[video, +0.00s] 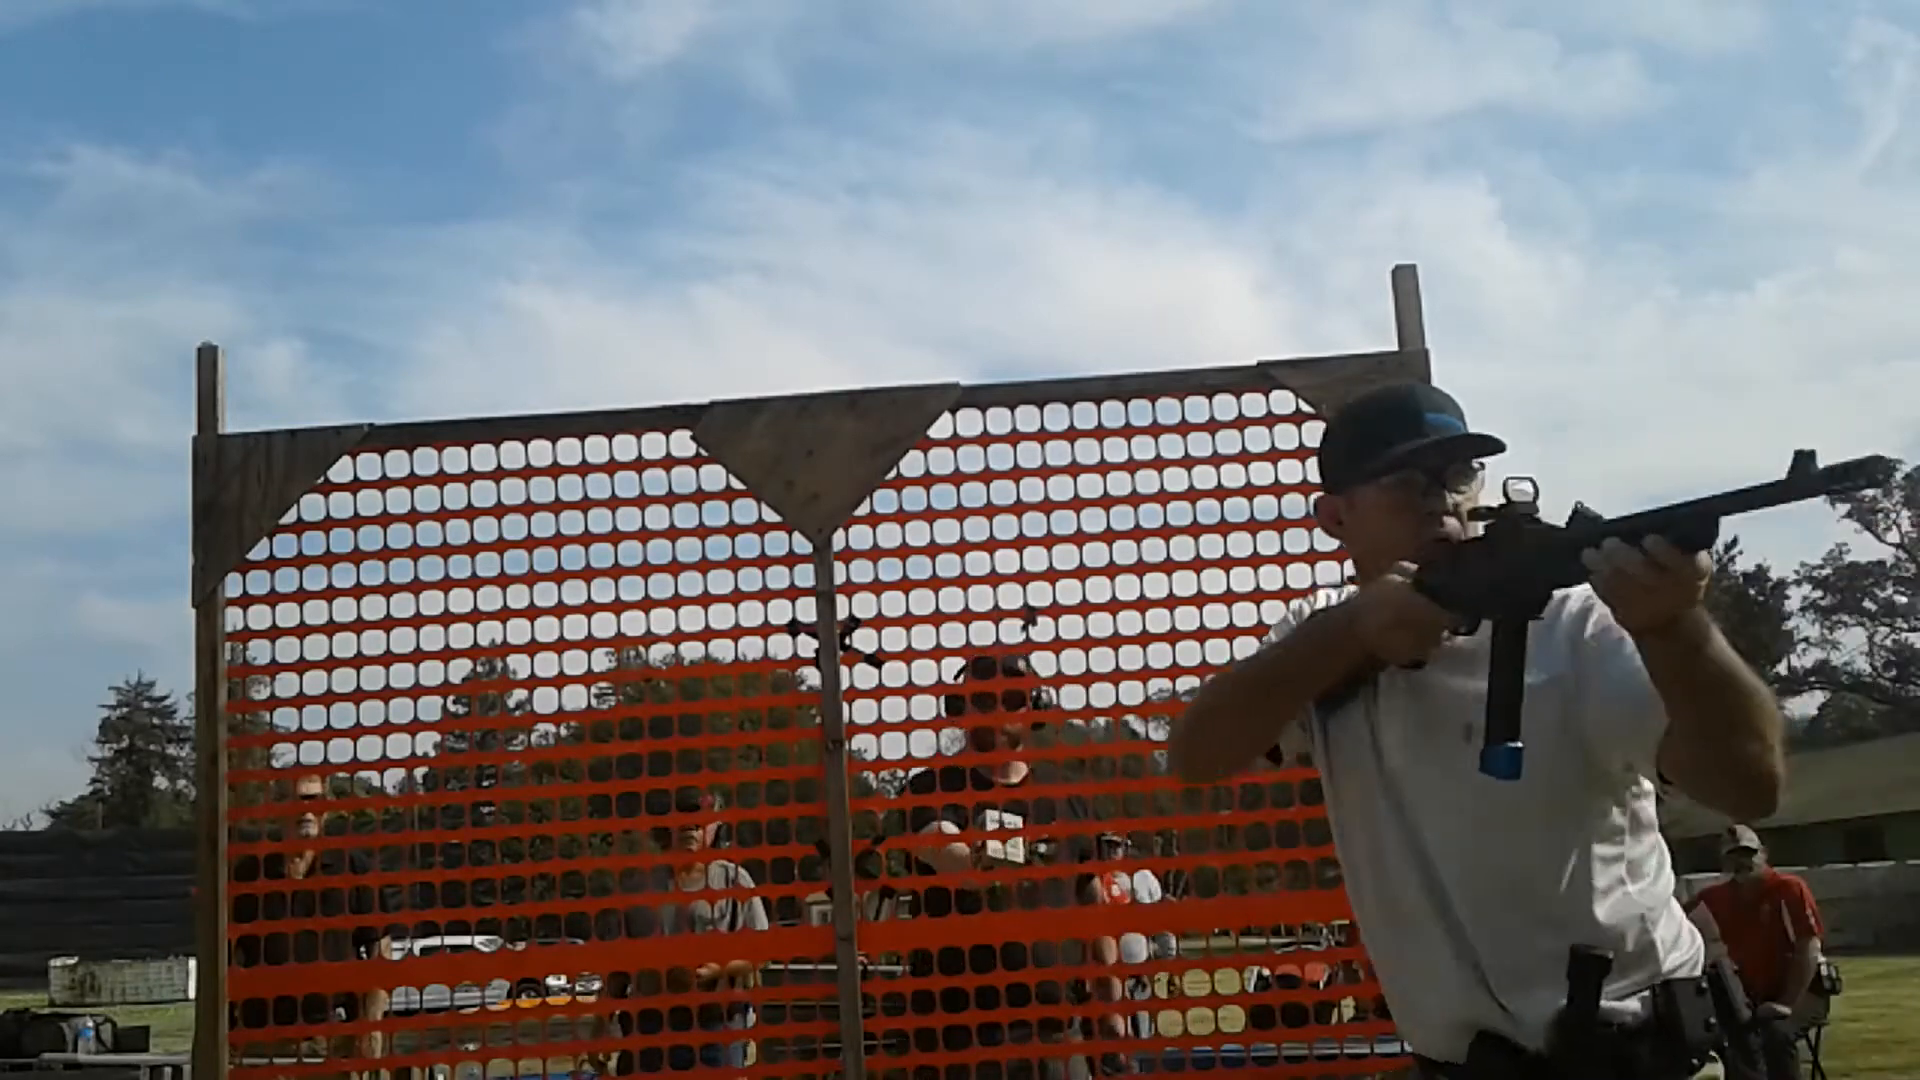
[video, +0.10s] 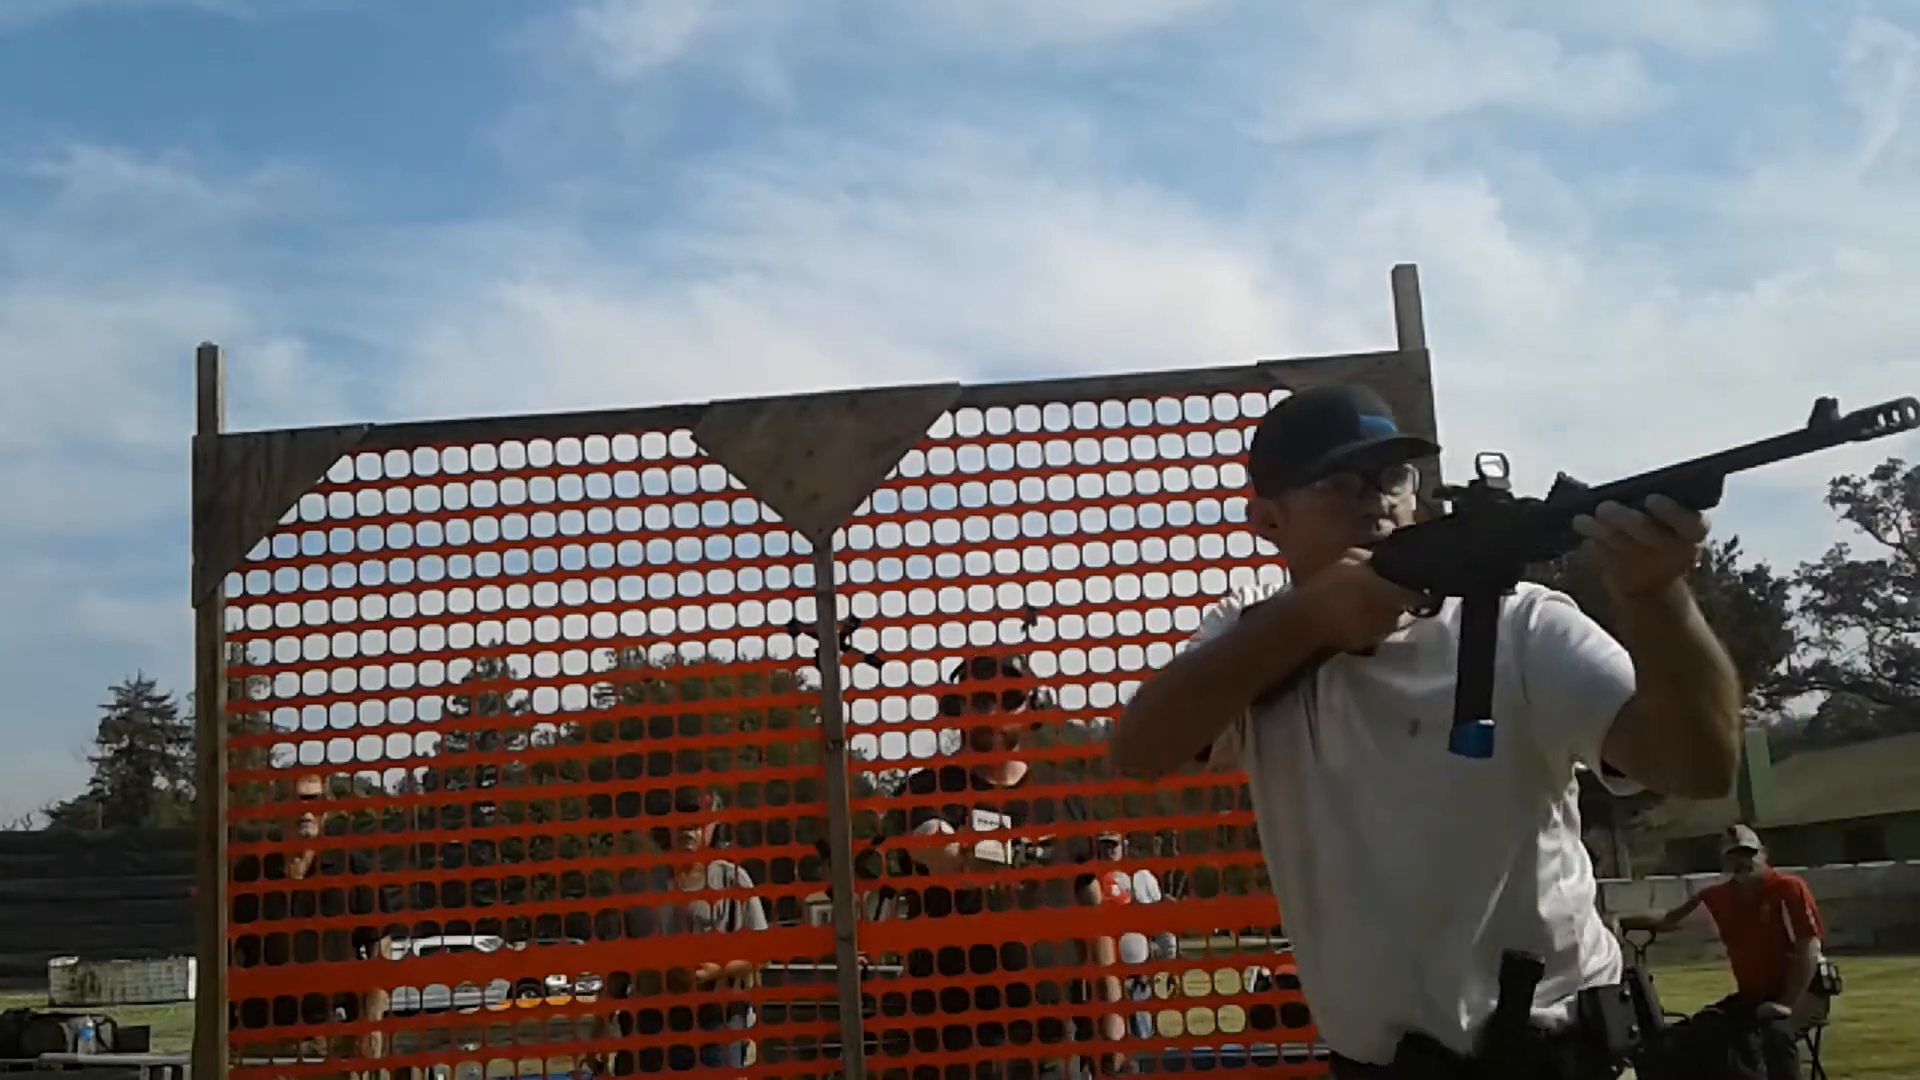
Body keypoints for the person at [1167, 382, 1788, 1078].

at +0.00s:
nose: (1448, 507)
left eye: (1460, 476)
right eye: (1409, 482)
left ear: (1483, 491)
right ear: (1337, 519)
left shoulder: (1570, 620)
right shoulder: (1327, 649)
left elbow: (1752, 788)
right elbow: (1193, 755)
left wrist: (1677, 630)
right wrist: (1346, 634)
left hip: (1648, 1036)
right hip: (1466, 1058)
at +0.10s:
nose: (1376, 505)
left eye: (1390, 478)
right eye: (1339, 483)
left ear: (1419, 497)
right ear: (1268, 516)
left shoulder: (1514, 623)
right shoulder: (1254, 643)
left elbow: (1702, 767)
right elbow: (1137, 748)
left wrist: (1656, 602)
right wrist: (1311, 616)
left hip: (1561, 1040)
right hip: (1378, 1055)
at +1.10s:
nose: (1107, 495)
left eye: (1119, 468)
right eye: (1071, 475)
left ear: (1142, 475)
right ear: (990, 501)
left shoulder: (1223, 622)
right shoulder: (947, 636)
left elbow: (1407, 753)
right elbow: (824, 703)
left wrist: (1389, 568)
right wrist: (1020, 576)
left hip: (1224, 1052)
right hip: (1023, 1060)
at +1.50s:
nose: (1103, 506)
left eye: (1115, 480)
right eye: (1070, 485)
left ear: (1138, 485)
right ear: (981, 511)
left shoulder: (1206, 633)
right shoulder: (934, 638)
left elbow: (1395, 760)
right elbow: (810, 714)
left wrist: (1381, 581)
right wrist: (1009, 587)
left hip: (1198, 1055)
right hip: (994, 1060)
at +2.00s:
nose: (932, 528)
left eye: (946, 502)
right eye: (899, 506)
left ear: (967, 511)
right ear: (812, 531)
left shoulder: (1036, 654)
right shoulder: (767, 630)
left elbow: (1216, 782)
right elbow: (634, 733)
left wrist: (1212, 619)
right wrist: (839, 611)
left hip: (1029, 1054)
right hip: (832, 1060)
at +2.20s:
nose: (900, 526)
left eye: (917, 498)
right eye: (866, 504)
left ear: (939, 505)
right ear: (783, 531)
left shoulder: (1006, 645)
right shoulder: (742, 631)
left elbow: (1187, 777)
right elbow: (595, 730)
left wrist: (1174, 613)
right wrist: (799, 611)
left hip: (1004, 1056)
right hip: (804, 1061)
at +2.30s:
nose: (897, 521)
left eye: (910, 499)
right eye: (861, 503)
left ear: (915, 504)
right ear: (774, 528)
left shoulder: (999, 643)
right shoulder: (732, 640)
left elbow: (1180, 777)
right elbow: (592, 731)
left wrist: (1166, 609)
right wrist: (798, 607)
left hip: (999, 1051)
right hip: (799, 1057)